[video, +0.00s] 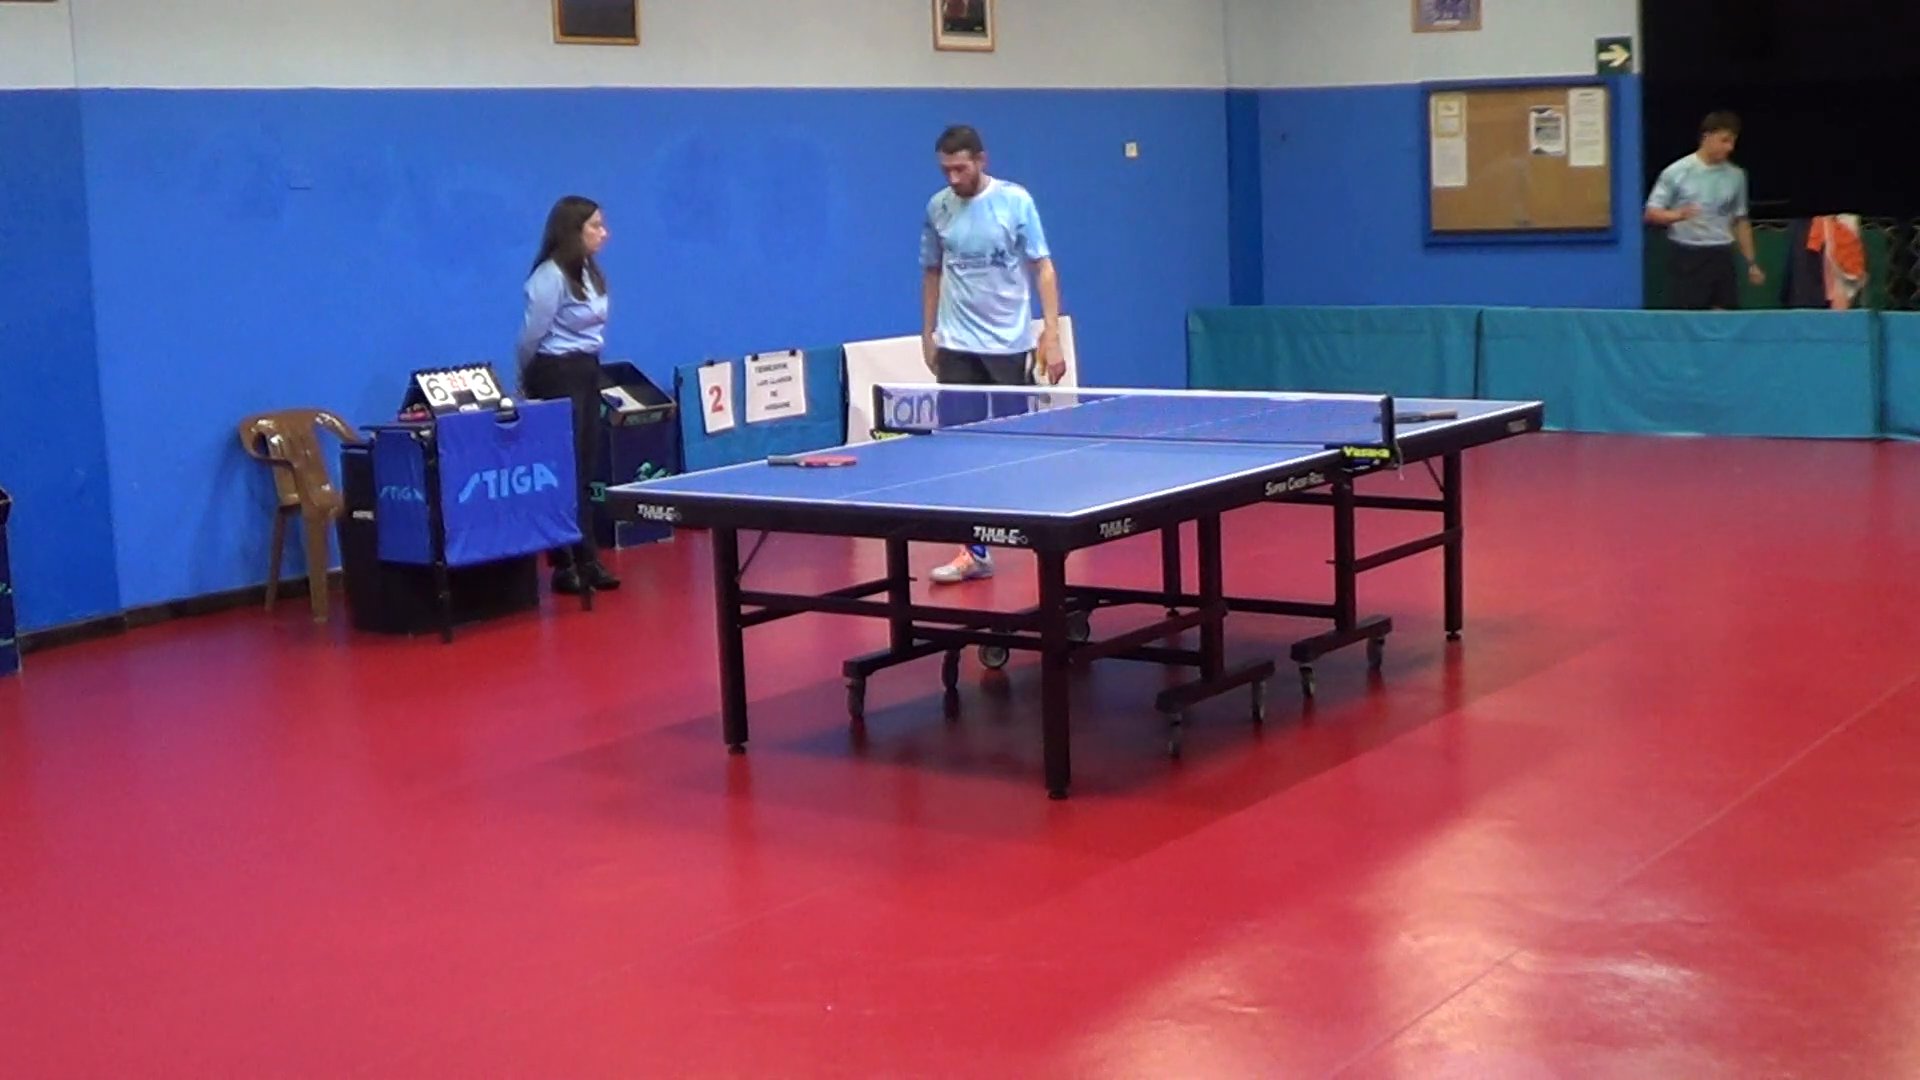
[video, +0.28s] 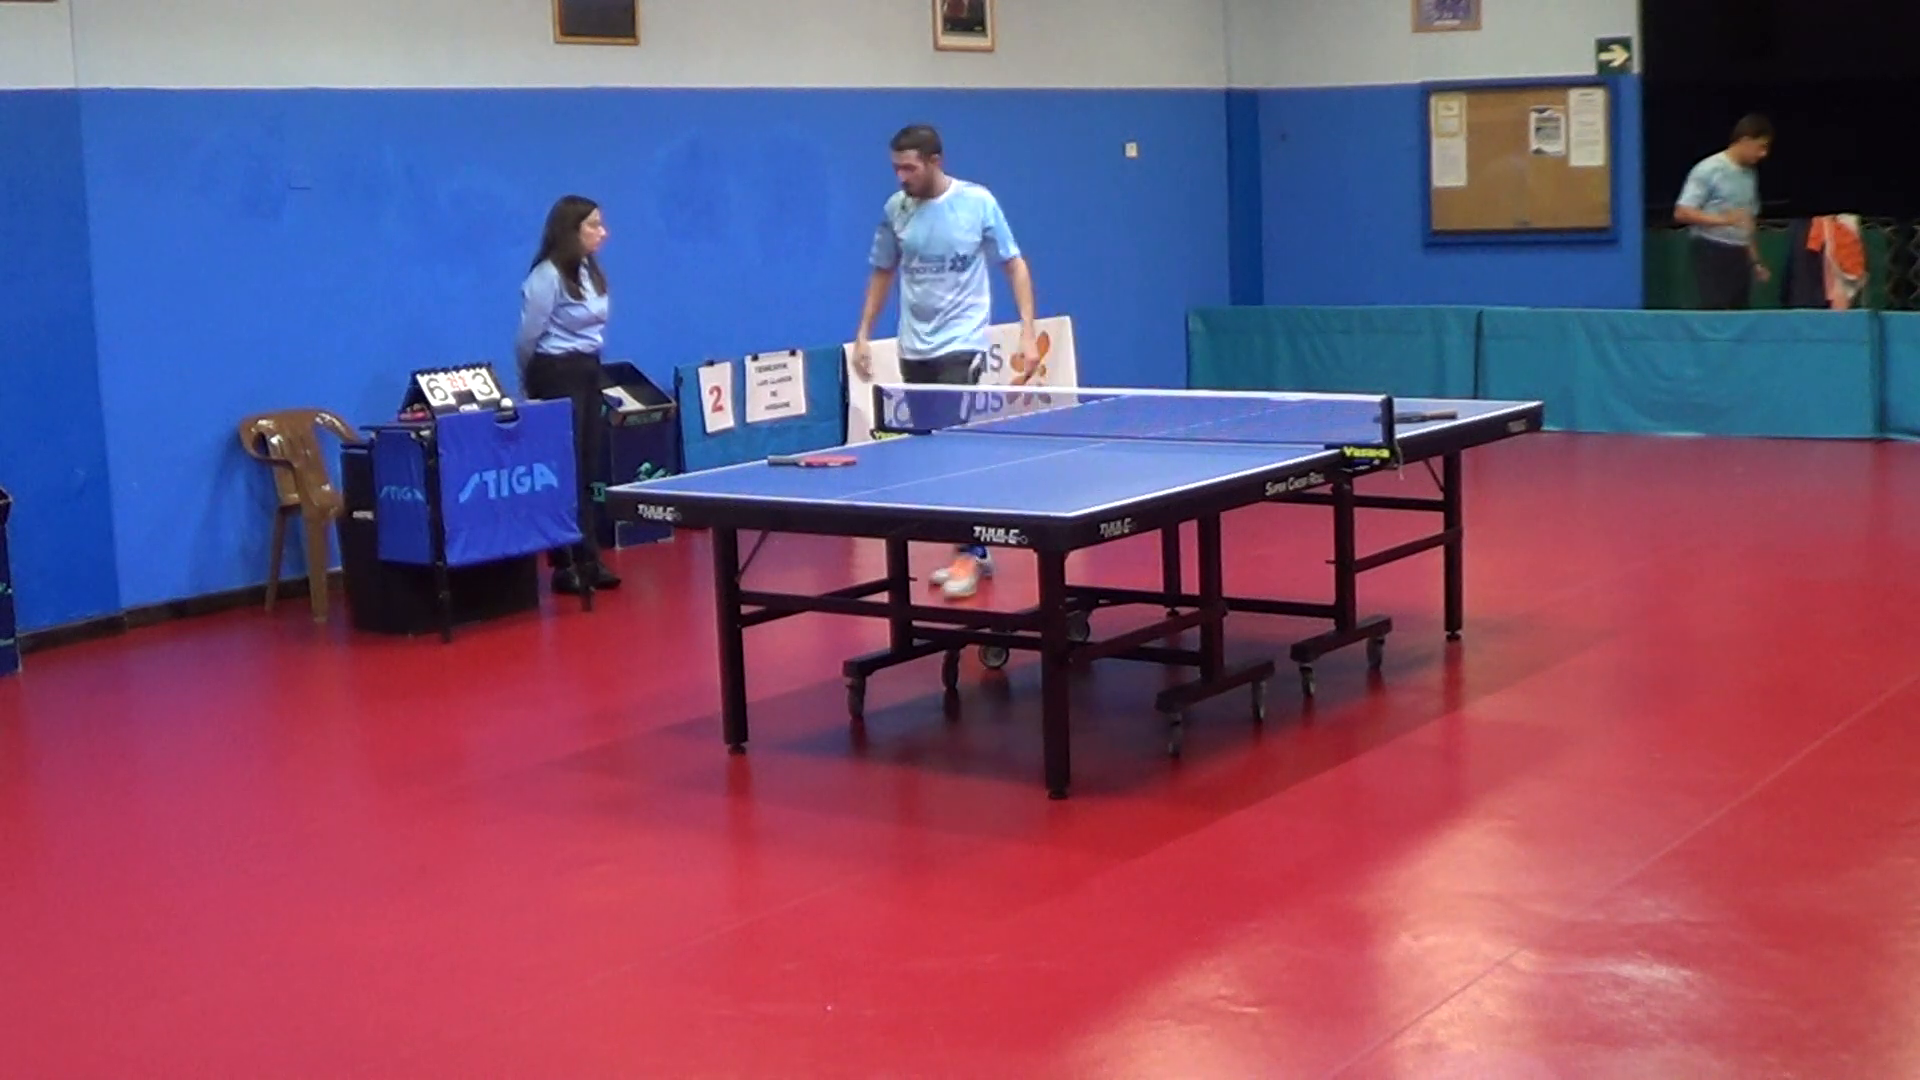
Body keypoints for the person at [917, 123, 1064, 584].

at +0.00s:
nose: (952, 178)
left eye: (959, 169)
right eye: (946, 170)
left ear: (981, 161)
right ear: (942, 167)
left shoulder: (1015, 200)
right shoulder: (938, 206)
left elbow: (1044, 267)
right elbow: (931, 271)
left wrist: (1051, 335)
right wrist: (928, 332)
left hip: (1009, 347)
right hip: (955, 347)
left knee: (1014, 444)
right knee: (959, 446)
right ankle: (975, 549)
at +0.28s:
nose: (900, 178)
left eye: (907, 169)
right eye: (896, 170)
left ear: (934, 163)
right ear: (899, 168)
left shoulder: (977, 203)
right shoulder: (896, 207)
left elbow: (1014, 264)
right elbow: (882, 271)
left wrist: (1029, 337)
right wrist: (862, 334)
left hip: (962, 346)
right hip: (914, 349)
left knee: (952, 446)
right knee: (935, 449)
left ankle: (970, 552)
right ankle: (972, 549)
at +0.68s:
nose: (823, 169)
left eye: (829, 160)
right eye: (821, 160)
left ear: (859, 157)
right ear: (842, 159)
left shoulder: (909, 207)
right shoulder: (833, 206)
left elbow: (934, 286)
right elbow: (828, 272)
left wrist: (927, 362)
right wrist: (806, 333)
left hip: (902, 365)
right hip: (845, 363)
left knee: (915, 471)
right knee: (837, 465)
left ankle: (912, 576)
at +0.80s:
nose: (790, 169)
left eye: (796, 159)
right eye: (788, 159)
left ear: (823, 155)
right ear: (814, 157)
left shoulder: (879, 205)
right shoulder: (812, 205)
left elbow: (902, 284)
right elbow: (819, 279)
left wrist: (878, 362)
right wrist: (801, 336)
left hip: (870, 367)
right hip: (818, 363)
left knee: (878, 471)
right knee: (787, 455)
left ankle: (905, 577)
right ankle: (851, 558)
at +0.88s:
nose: (766, 172)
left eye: (771, 162)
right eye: (766, 162)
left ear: (796, 159)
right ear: (794, 160)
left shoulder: (856, 208)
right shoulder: (793, 211)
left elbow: (875, 288)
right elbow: (812, 288)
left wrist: (843, 360)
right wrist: (804, 349)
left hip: (854, 368)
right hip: (803, 364)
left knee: (877, 473)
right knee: (776, 462)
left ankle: (903, 581)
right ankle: (787, 585)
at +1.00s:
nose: (727, 178)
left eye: (732, 169)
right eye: (728, 169)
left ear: (754, 167)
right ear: (756, 168)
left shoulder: (812, 215)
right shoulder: (761, 221)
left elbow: (832, 291)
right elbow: (780, 299)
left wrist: (796, 357)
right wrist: (769, 363)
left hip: (825, 381)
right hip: (772, 381)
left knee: (860, 487)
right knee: (756, 493)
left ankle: (904, 584)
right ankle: (722, 600)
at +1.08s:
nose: (699, 179)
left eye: (703, 169)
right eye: (699, 170)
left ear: (726, 167)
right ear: (727, 168)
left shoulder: (781, 214)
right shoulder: (735, 221)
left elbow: (805, 289)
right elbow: (749, 306)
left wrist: (769, 357)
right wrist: (730, 375)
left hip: (793, 385)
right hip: (742, 386)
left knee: (833, 491)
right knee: (731, 500)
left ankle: (893, 578)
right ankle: (719, 607)